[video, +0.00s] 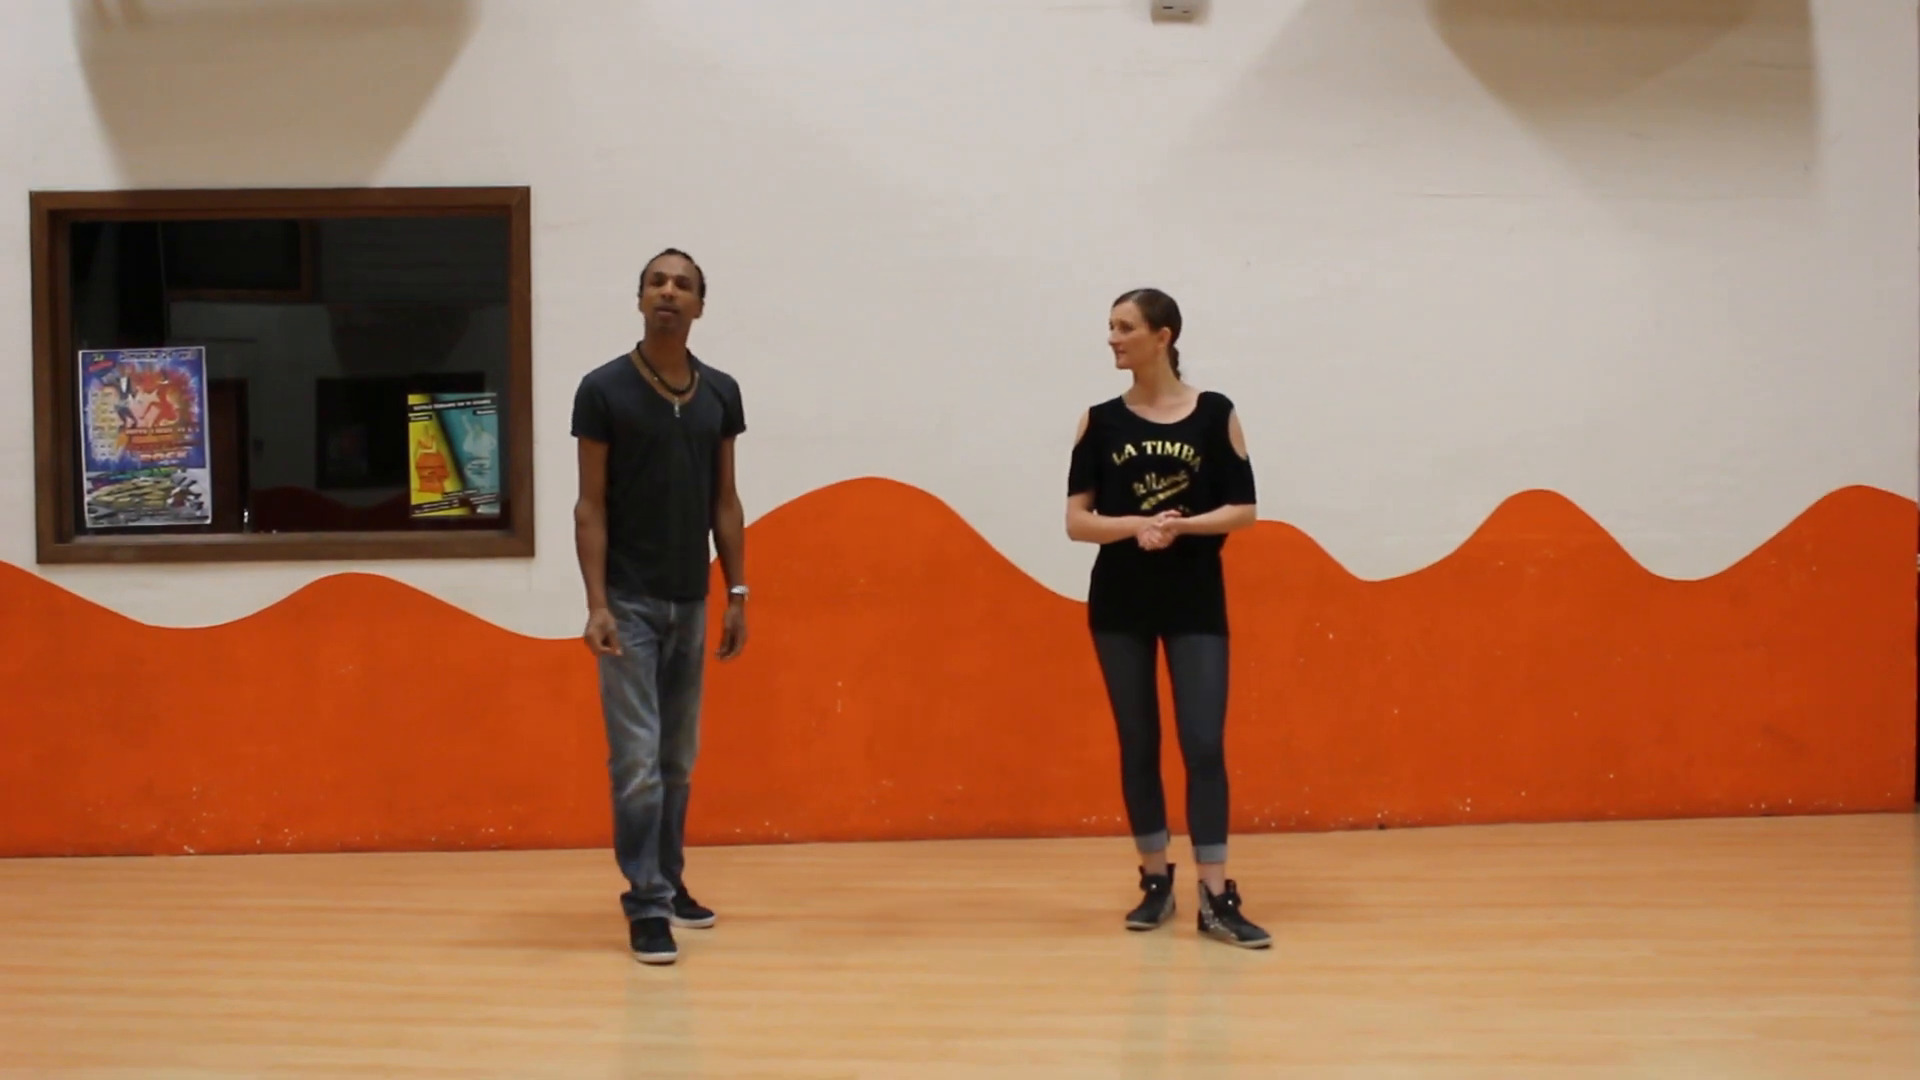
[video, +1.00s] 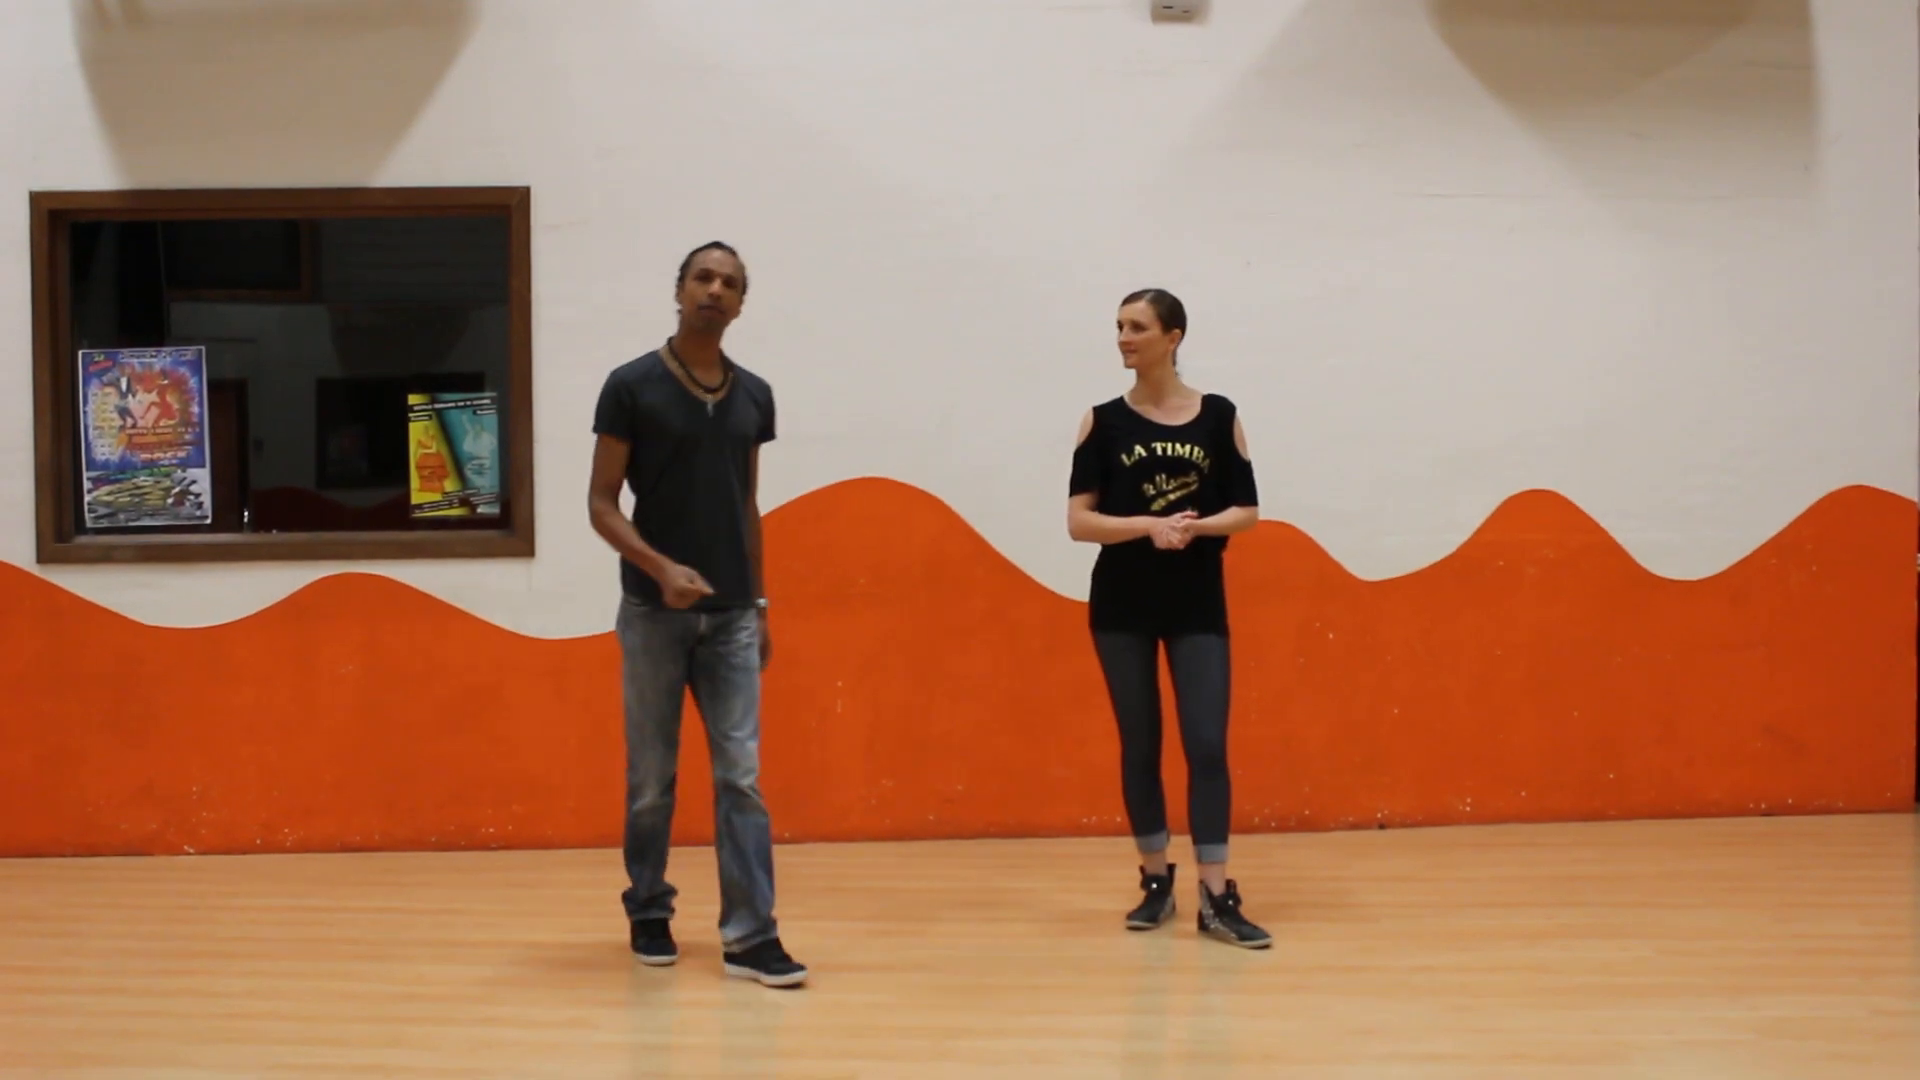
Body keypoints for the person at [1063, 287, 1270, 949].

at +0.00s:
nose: (1112, 339)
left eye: (1125, 328)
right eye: (1111, 329)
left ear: (1164, 334)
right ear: (1120, 339)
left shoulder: (1214, 412)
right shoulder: (1099, 421)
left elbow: (1243, 511)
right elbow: (1078, 521)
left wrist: (1183, 523)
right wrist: (1131, 527)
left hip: (1194, 600)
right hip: (1120, 601)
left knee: (1204, 746)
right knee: (1138, 745)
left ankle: (1216, 896)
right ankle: (1157, 882)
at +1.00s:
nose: (1123, 339)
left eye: (1136, 328)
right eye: (1120, 329)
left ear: (1173, 337)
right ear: (1121, 337)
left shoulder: (1218, 415)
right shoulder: (1101, 422)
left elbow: (1246, 511)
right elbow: (1080, 521)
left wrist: (1200, 525)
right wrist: (1144, 525)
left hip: (1196, 603)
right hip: (1121, 603)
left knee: (1207, 747)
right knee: (1140, 745)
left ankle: (1216, 896)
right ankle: (1157, 883)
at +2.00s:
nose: (1136, 335)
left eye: (1148, 325)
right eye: (1126, 325)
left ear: (1172, 336)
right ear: (1113, 338)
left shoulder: (1208, 412)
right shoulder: (1092, 422)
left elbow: (1243, 506)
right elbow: (1072, 522)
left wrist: (1196, 522)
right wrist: (1134, 520)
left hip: (1192, 602)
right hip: (1118, 604)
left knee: (1204, 747)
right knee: (1138, 746)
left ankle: (1215, 896)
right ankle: (1157, 884)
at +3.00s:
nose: (1145, 336)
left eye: (1156, 326)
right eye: (1133, 327)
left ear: (1175, 337)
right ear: (1116, 338)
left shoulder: (1210, 413)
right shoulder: (1094, 425)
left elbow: (1244, 507)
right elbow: (1076, 524)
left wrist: (1197, 522)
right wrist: (1138, 522)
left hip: (1194, 603)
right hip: (1119, 605)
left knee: (1206, 748)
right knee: (1138, 746)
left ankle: (1216, 896)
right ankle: (1157, 883)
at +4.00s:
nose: (1116, 327)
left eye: (1130, 318)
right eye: (1118, 317)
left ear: (1168, 332)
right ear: (1134, 331)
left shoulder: (1203, 411)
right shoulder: (1113, 415)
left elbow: (1232, 509)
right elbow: (1097, 499)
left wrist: (1145, 526)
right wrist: (1097, 519)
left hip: (1194, 598)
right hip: (1129, 598)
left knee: (1192, 740)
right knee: (1146, 742)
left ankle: (1214, 887)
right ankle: (1156, 884)